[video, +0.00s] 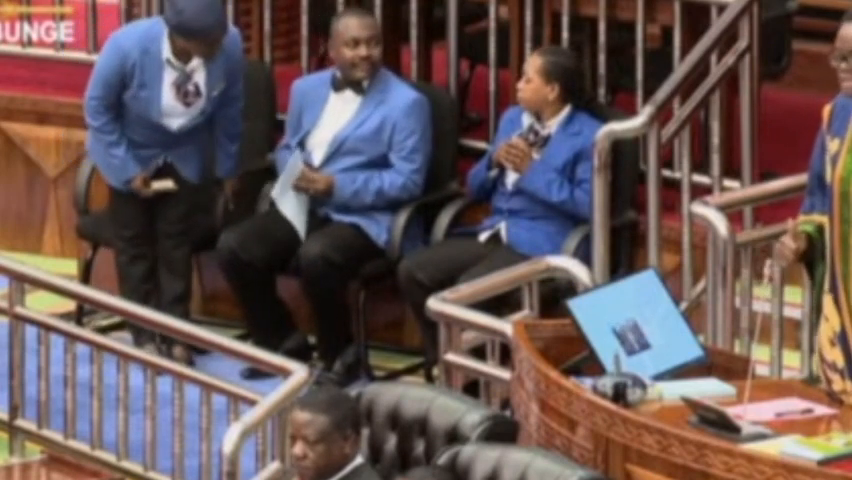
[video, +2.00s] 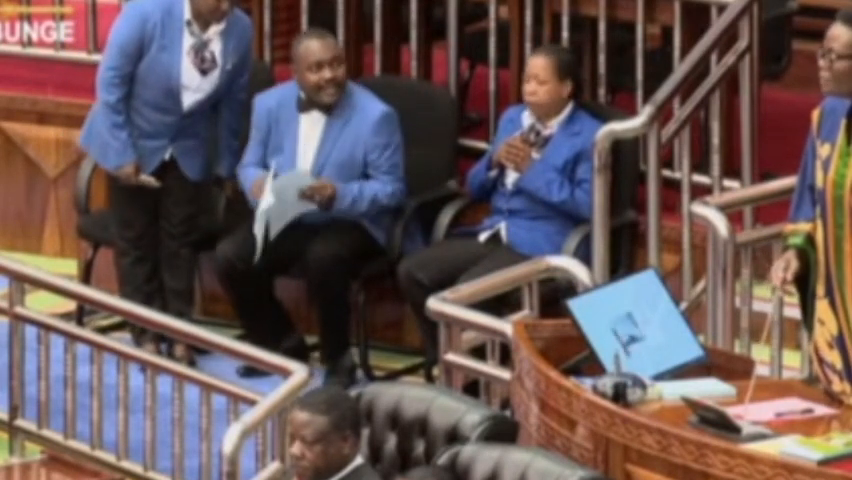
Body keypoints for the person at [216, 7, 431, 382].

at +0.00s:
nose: (363, 53)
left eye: (370, 43)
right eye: (352, 45)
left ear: (381, 47)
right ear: (331, 50)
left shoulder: (406, 103)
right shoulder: (305, 90)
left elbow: (408, 182)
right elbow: (285, 148)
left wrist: (334, 187)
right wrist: (296, 172)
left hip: (365, 219)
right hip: (300, 210)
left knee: (317, 258)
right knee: (236, 249)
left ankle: (339, 358)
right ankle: (282, 344)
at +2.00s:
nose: (329, 77)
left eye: (335, 65)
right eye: (316, 68)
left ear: (345, 65)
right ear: (296, 73)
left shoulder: (375, 116)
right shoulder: (268, 106)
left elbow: (391, 190)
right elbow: (249, 166)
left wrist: (338, 195)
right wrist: (259, 186)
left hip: (346, 223)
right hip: (284, 221)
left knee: (324, 260)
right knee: (234, 258)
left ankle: (337, 361)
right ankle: (280, 345)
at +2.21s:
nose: (331, 47)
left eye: (337, 36)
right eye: (319, 39)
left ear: (347, 36)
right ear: (297, 43)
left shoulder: (377, 89)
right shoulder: (262, 78)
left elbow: (399, 152)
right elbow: (232, 136)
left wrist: (390, 167)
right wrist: (252, 146)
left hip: (347, 204)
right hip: (282, 200)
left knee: (325, 264)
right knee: (238, 266)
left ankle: (337, 364)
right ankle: (281, 351)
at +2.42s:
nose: (354, 9)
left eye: (359, 3)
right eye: (344, 3)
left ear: (366, 4)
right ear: (317, 5)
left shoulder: (392, 48)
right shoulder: (278, 37)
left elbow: (406, 126)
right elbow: (245, 104)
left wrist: (418, 120)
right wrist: (277, 104)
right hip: (288, 179)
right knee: (253, 264)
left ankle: (340, 365)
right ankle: (282, 350)